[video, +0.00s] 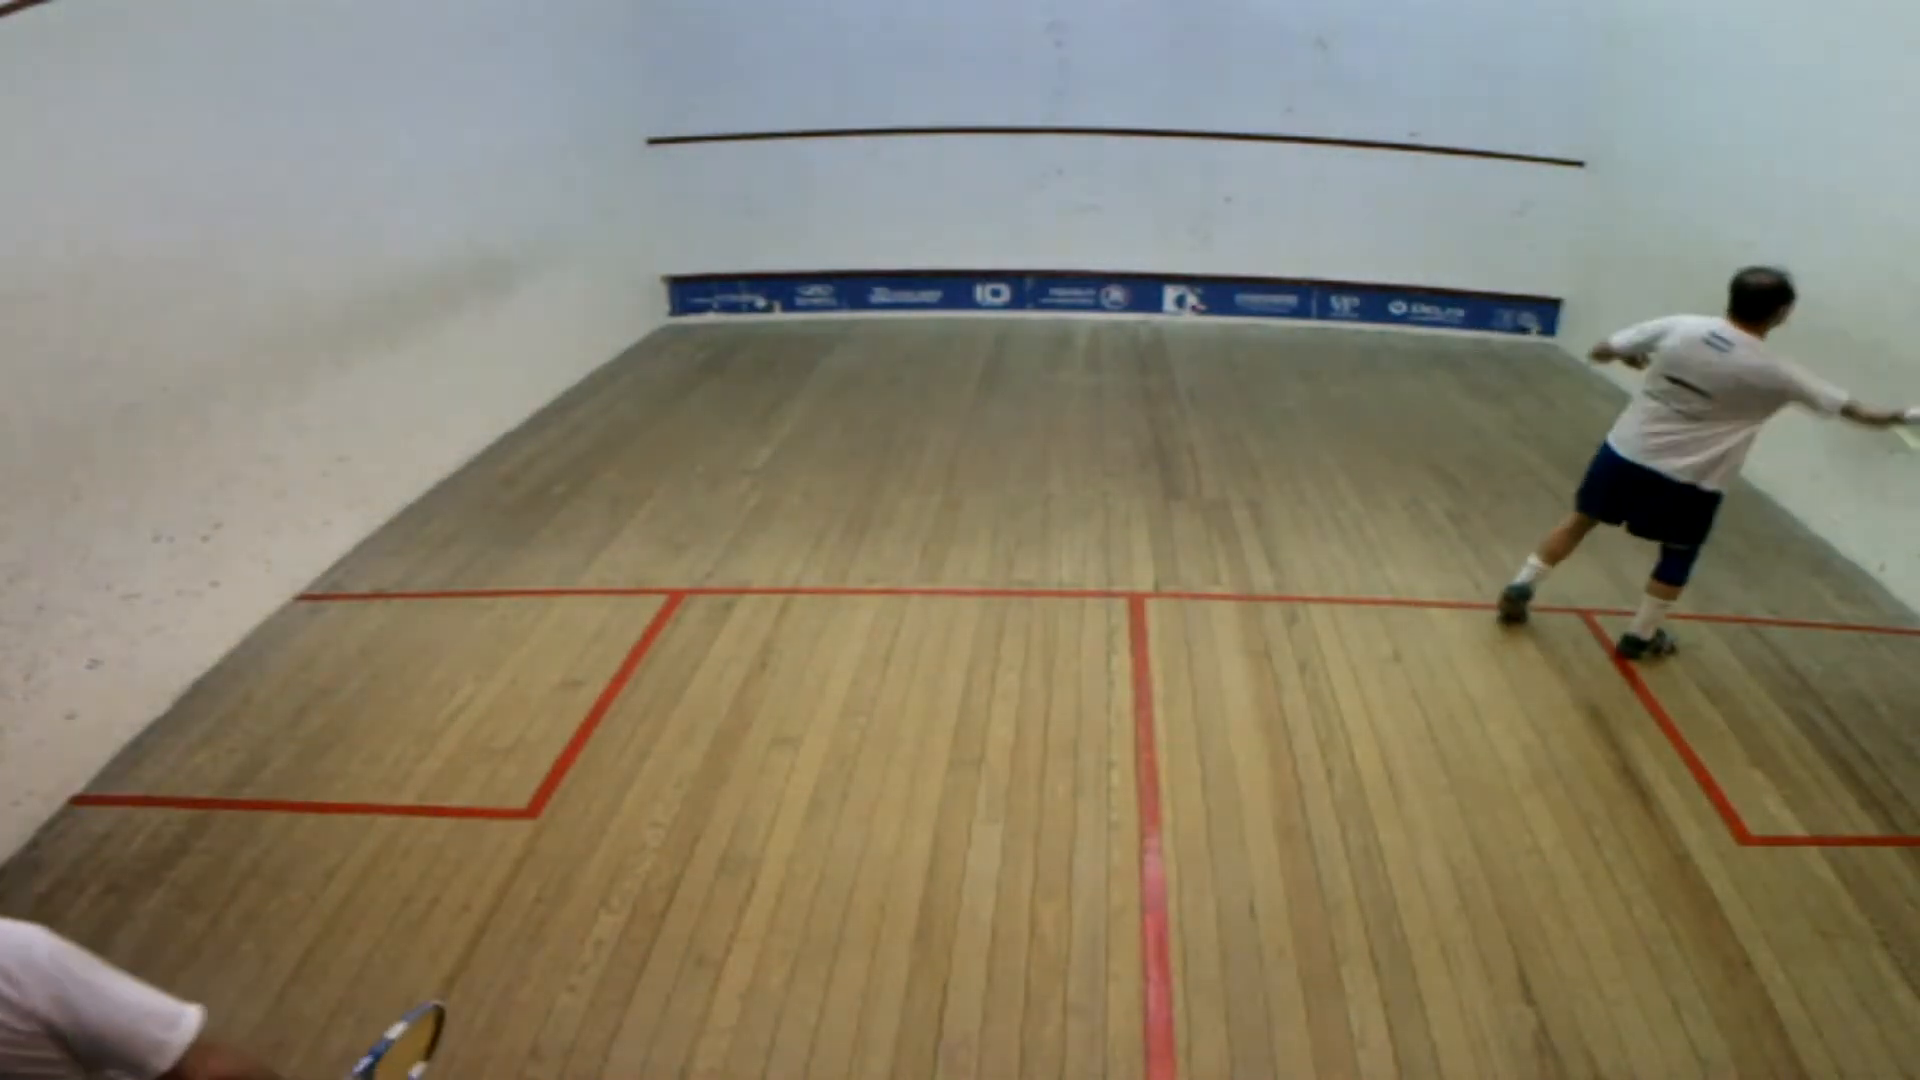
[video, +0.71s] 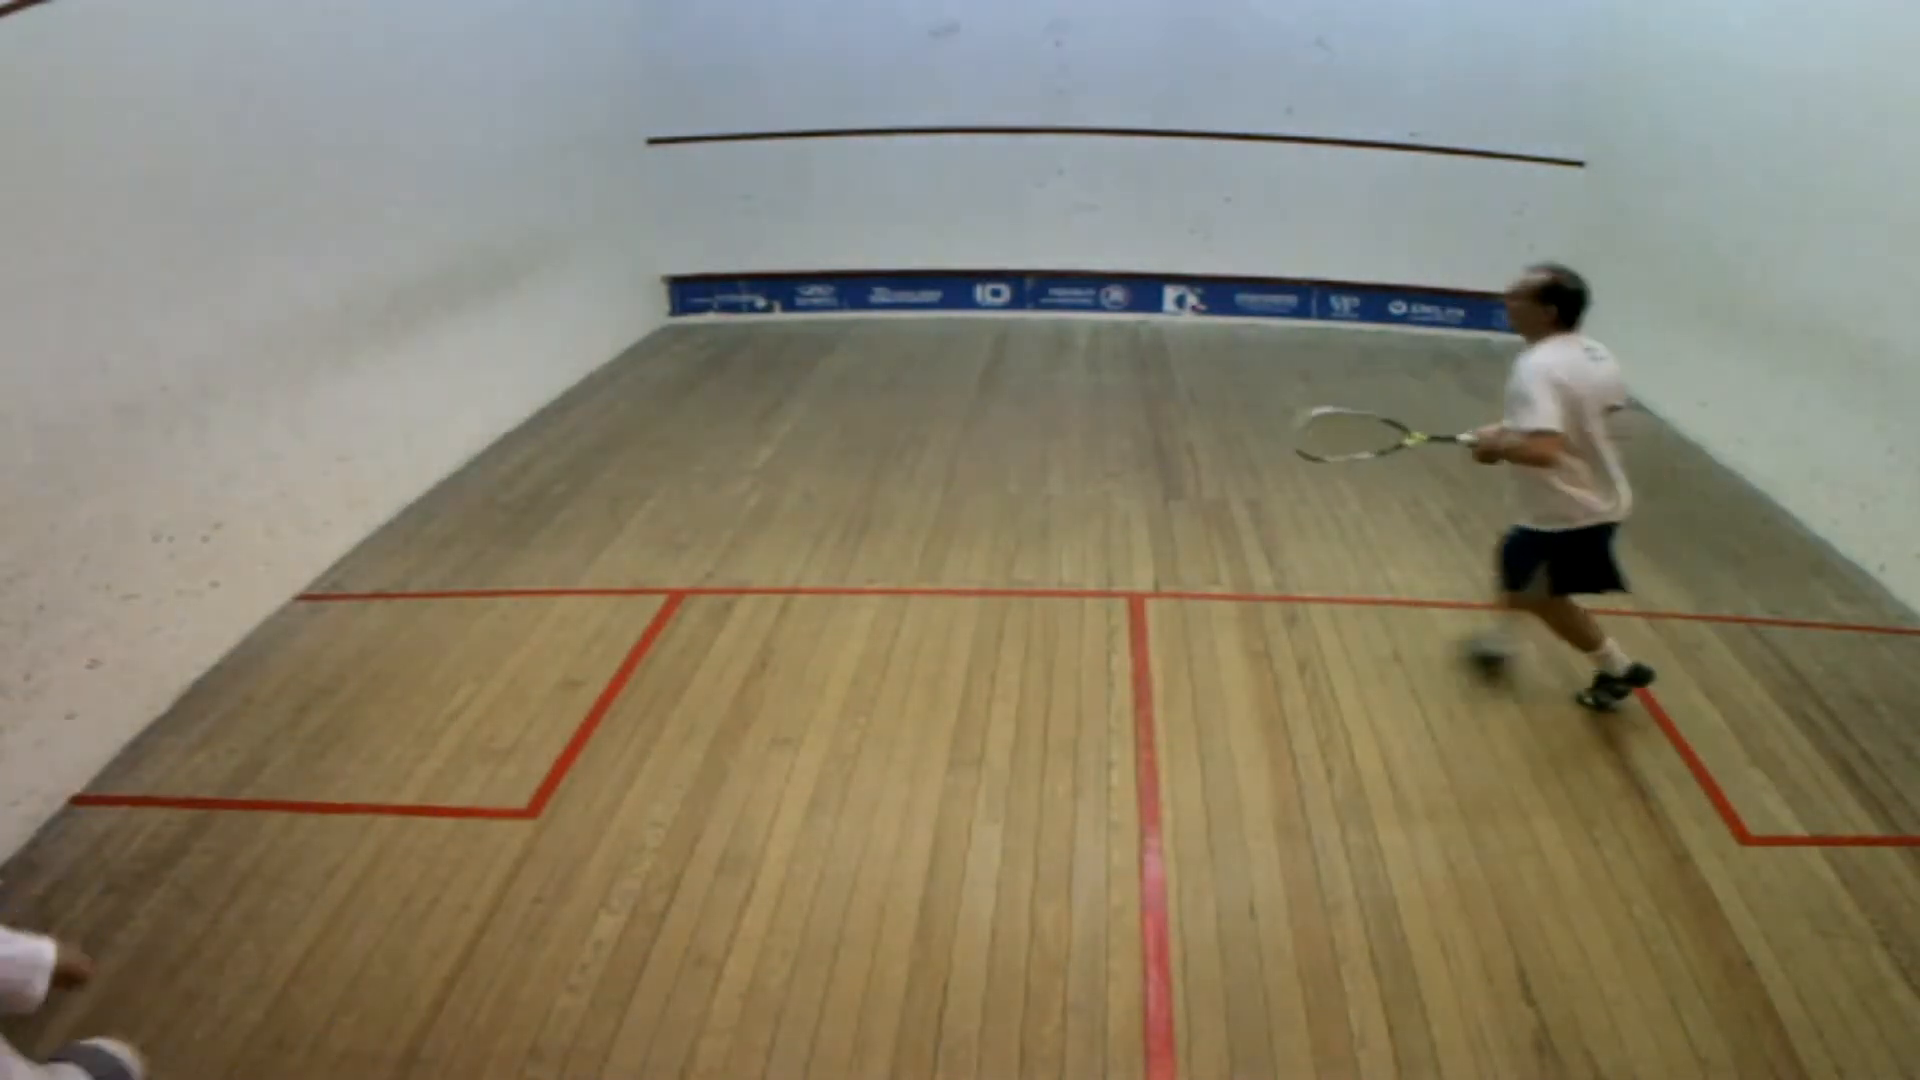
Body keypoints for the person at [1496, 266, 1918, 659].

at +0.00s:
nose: (1785, 321)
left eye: (1785, 313)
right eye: (1785, 315)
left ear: (1733, 300)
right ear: (1775, 316)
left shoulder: (1682, 329)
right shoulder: (1772, 371)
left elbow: (1612, 348)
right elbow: (1841, 407)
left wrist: (1610, 353)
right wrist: (1897, 417)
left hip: (1625, 454)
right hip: (1690, 484)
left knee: (1579, 521)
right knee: (1676, 560)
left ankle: (1520, 586)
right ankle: (1639, 636)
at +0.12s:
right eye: (1766, 294)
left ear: (1714, 294)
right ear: (1766, 300)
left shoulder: (1678, 339)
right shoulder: (1780, 352)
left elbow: (1600, 370)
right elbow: (1808, 358)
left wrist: (1607, 364)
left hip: (1635, 455)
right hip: (1701, 479)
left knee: (1589, 495)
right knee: (1672, 557)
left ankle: (1555, 565)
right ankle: (1644, 633)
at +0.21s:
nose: (1696, 293)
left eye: (1698, 288)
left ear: (1701, 295)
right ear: (1750, 298)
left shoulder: (1685, 346)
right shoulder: (1764, 343)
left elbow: (1595, 386)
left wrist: (1610, 370)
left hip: (1648, 462)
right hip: (1711, 477)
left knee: (1587, 495)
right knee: (1678, 556)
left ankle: (1566, 566)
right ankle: (1650, 635)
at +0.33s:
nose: (1669, 303)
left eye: (1671, 298)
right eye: (1674, 298)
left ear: (1676, 304)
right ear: (1724, 307)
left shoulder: (1677, 357)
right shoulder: (1736, 347)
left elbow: (1621, 422)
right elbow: (1653, 348)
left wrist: (1581, 400)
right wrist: (1594, 348)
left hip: (1654, 486)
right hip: (1712, 493)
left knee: (1571, 509)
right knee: (1675, 559)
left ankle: (1577, 603)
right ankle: (1655, 639)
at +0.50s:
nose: (1607, 320)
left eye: (1612, 313)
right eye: (1610, 312)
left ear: (1627, 321)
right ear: (1658, 320)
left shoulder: (1639, 374)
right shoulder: (1675, 353)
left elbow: (1649, 457)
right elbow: (1590, 382)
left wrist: (1575, 445)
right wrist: (1520, 390)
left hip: (1632, 507)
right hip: (1680, 500)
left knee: (1573, 581)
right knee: (1656, 575)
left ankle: (1633, 673)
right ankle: (1646, 654)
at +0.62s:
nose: (1553, 316)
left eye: (1562, 312)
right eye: (1558, 310)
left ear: (1581, 325)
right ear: (1599, 326)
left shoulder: (1593, 379)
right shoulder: (1620, 362)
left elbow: (1599, 465)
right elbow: (1574, 416)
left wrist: (1538, 450)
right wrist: (1512, 418)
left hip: (1609, 523)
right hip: (1633, 509)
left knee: (1569, 602)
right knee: (1587, 583)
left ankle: (1637, 676)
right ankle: (1592, 635)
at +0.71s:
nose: (1509, 304)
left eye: (1520, 298)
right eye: (1514, 296)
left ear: (1550, 312)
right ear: (1559, 313)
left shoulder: (1536, 366)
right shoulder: (1595, 354)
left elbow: (1545, 449)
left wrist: (1499, 447)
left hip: (1563, 519)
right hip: (1602, 509)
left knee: (1540, 596)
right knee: (1517, 555)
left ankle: (1617, 668)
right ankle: (1500, 644)